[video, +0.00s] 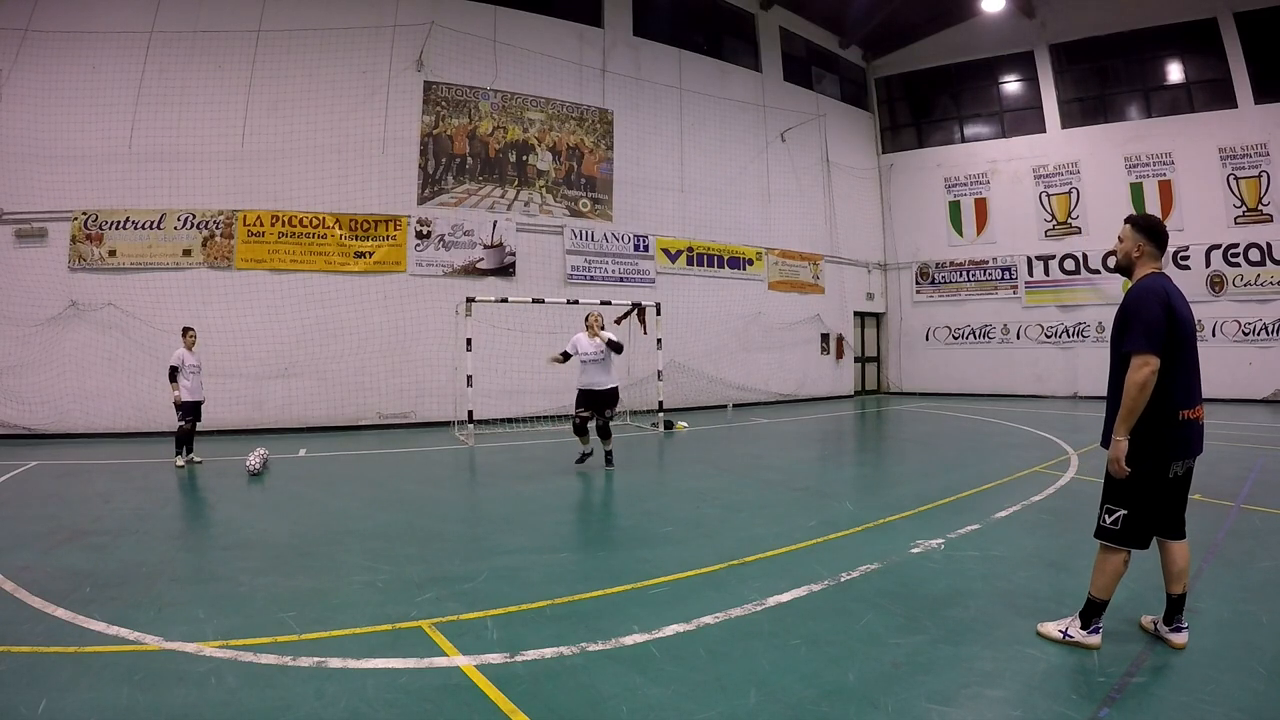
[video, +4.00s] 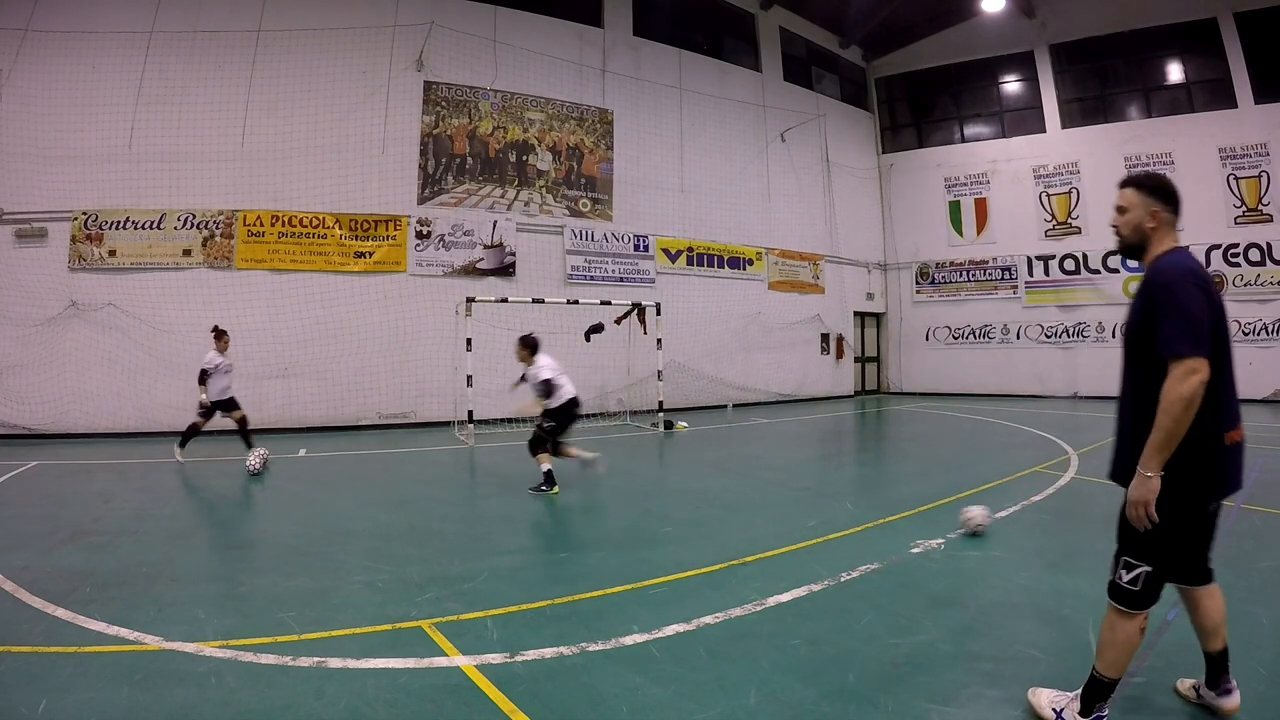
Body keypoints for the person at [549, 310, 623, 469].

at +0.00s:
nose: (596, 318)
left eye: (598, 317)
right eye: (593, 316)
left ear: (602, 323)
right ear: (586, 323)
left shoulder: (607, 336)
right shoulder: (579, 338)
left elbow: (619, 350)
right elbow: (565, 356)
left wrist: (600, 335)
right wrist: (557, 358)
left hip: (607, 389)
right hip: (585, 389)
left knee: (602, 427)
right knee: (579, 426)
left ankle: (608, 453)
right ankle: (587, 450)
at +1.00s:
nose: (678, 301)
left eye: (680, 297)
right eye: (674, 297)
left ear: (682, 299)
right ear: (660, 298)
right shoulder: (644, 320)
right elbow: (625, 356)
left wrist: (692, 348)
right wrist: (648, 346)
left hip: (671, 390)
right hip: (644, 387)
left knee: (663, 450)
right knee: (656, 443)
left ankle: (638, 499)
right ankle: (639, 504)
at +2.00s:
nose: (809, 376)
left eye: (811, 371)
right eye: (805, 370)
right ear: (789, 369)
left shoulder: (799, 390)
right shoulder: (765, 382)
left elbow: (811, 407)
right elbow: (722, 397)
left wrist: (820, 432)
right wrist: (734, 430)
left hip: (766, 420)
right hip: (738, 417)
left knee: (791, 465)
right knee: (758, 462)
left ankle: (795, 516)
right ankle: (750, 523)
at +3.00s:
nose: (672, 386)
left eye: (676, 382)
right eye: (669, 382)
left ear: (683, 377)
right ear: (663, 378)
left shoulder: (694, 382)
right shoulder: (656, 387)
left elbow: (707, 375)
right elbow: (629, 399)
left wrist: (720, 377)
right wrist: (628, 407)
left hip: (693, 444)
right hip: (666, 439)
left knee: (696, 503)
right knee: (639, 453)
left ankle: (683, 483)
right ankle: (645, 499)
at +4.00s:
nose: (517, 354)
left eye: (519, 351)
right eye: (517, 350)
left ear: (527, 352)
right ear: (530, 351)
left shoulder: (540, 366)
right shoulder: (537, 362)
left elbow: (547, 389)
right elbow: (528, 375)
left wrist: (535, 405)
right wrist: (517, 383)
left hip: (562, 406)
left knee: (537, 443)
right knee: (550, 446)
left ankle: (549, 481)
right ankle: (588, 456)